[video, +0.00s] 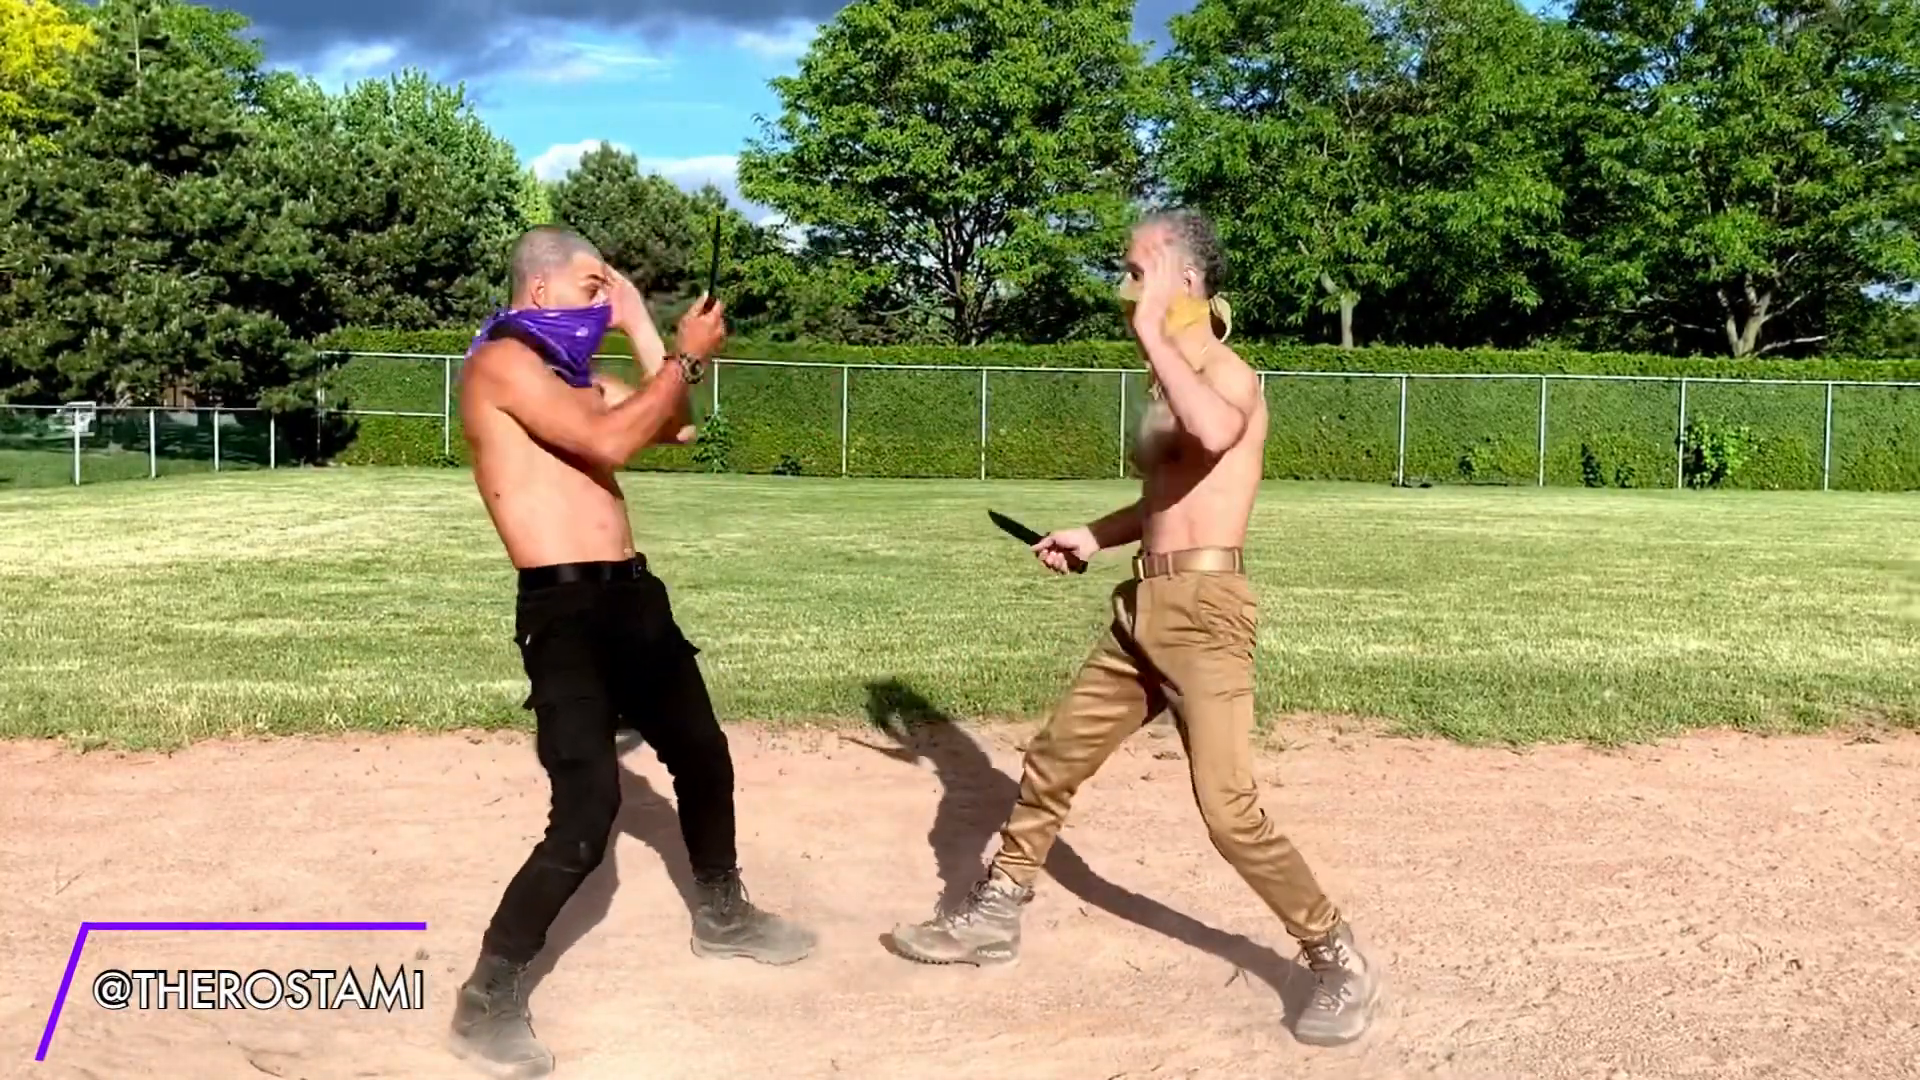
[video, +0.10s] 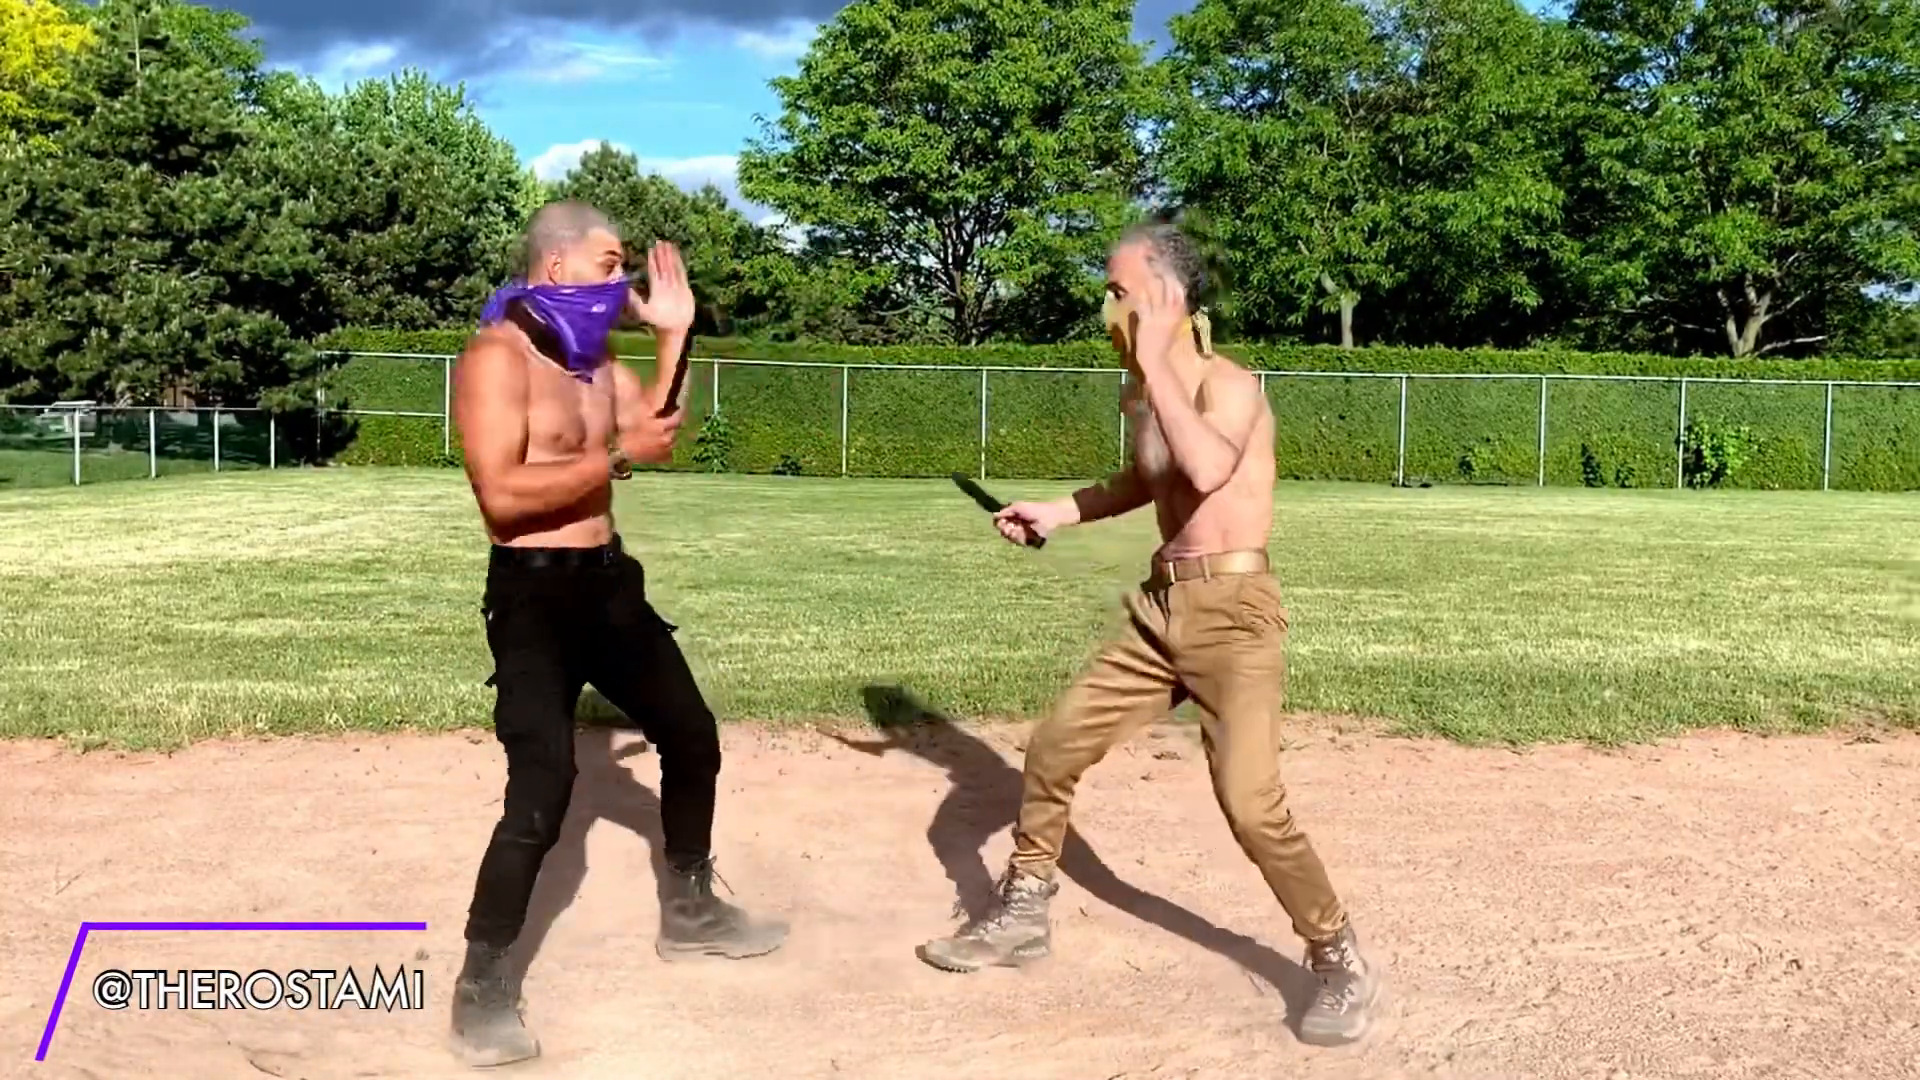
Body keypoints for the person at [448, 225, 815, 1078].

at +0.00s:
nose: (604, 308)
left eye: (606, 294)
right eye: (592, 290)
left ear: (548, 295)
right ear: (542, 288)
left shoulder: (558, 373)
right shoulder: (502, 361)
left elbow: (662, 425)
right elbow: (605, 440)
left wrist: (638, 321)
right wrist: (683, 361)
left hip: (633, 596)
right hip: (564, 608)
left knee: (703, 757)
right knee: (585, 815)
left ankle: (722, 912)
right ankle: (491, 992)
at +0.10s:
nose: (620, 280)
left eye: (621, 266)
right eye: (607, 263)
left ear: (587, 272)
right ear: (552, 264)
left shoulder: (596, 353)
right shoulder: (497, 352)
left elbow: (652, 439)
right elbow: (501, 499)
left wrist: (673, 339)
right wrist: (619, 459)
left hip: (608, 583)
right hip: (531, 592)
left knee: (691, 738)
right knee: (539, 792)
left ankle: (689, 908)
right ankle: (485, 989)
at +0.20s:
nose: (632, 299)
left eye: (634, 285)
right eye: (619, 283)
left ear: (598, 288)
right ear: (565, 283)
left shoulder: (602, 373)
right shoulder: (496, 375)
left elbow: (619, 454)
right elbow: (449, 509)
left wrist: (685, 401)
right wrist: (565, 524)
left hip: (595, 598)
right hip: (511, 602)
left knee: (671, 753)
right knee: (484, 789)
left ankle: (667, 914)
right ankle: (413, 966)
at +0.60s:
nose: (674, 328)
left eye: (675, 315)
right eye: (664, 313)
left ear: (619, 320)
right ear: (615, 316)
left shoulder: (600, 396)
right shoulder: (566, 395)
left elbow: (621, 505)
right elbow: (558, 529)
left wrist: (688, 450)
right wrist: (649, 498)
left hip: (579, 624)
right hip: (518, 627)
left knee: (690, 744)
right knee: (464, 821)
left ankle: (678, 913)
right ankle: (336, 975)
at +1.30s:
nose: (628, 293)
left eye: (629, 279)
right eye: (619, 277)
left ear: (573, 279)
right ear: (570, 280)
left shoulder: (567, 369)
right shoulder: (526, 371)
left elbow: (599, 483)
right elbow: (632, 489)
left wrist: (644, 442)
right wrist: (665, 469)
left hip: (605, 604)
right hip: (542, 612)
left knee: (703, 747)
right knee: (507, 825)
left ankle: (719, 912)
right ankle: (389, 971)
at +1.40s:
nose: (664, 297)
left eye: (665, 283)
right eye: (654, 281)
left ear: (602, 286)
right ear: (603, 283)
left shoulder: (594, 360)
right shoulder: (580, 353)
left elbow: (641, 463)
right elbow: (726, 420)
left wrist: (685, 402)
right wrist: (724, 411)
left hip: (626, 607)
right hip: (561, 609)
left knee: (709, 754)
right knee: (512, 812)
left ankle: (740, 912)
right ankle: (389, 967)